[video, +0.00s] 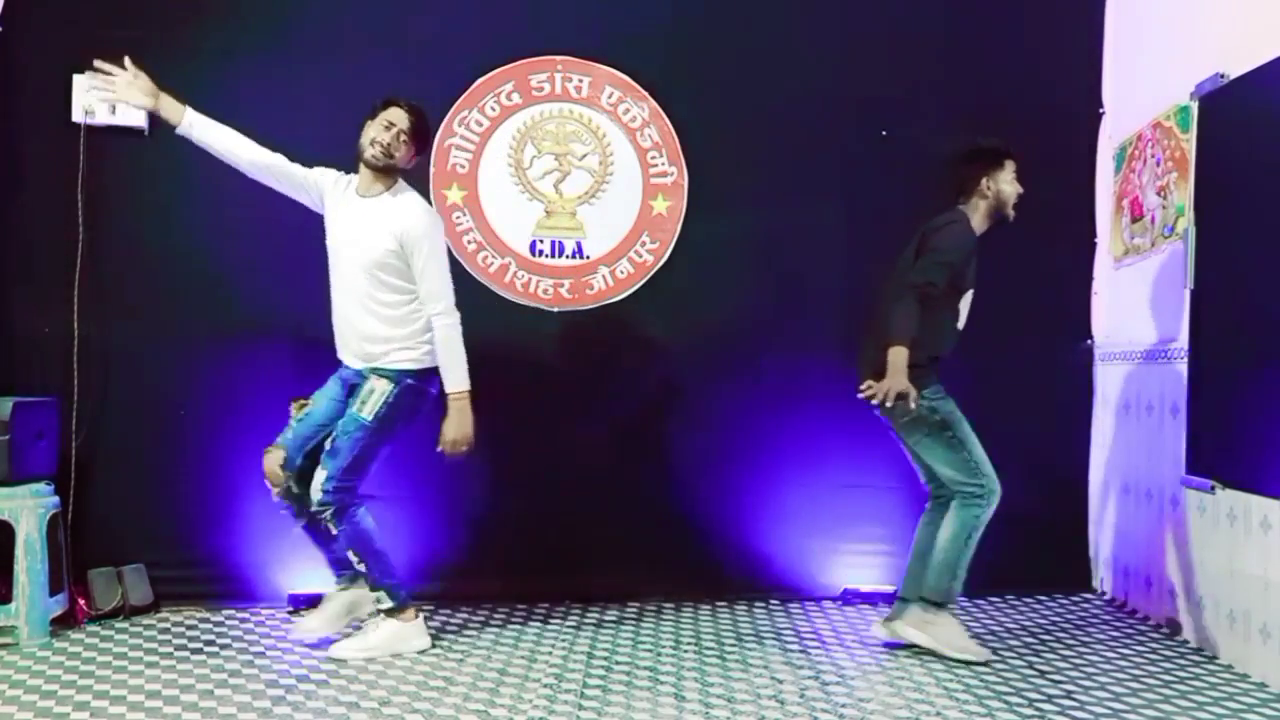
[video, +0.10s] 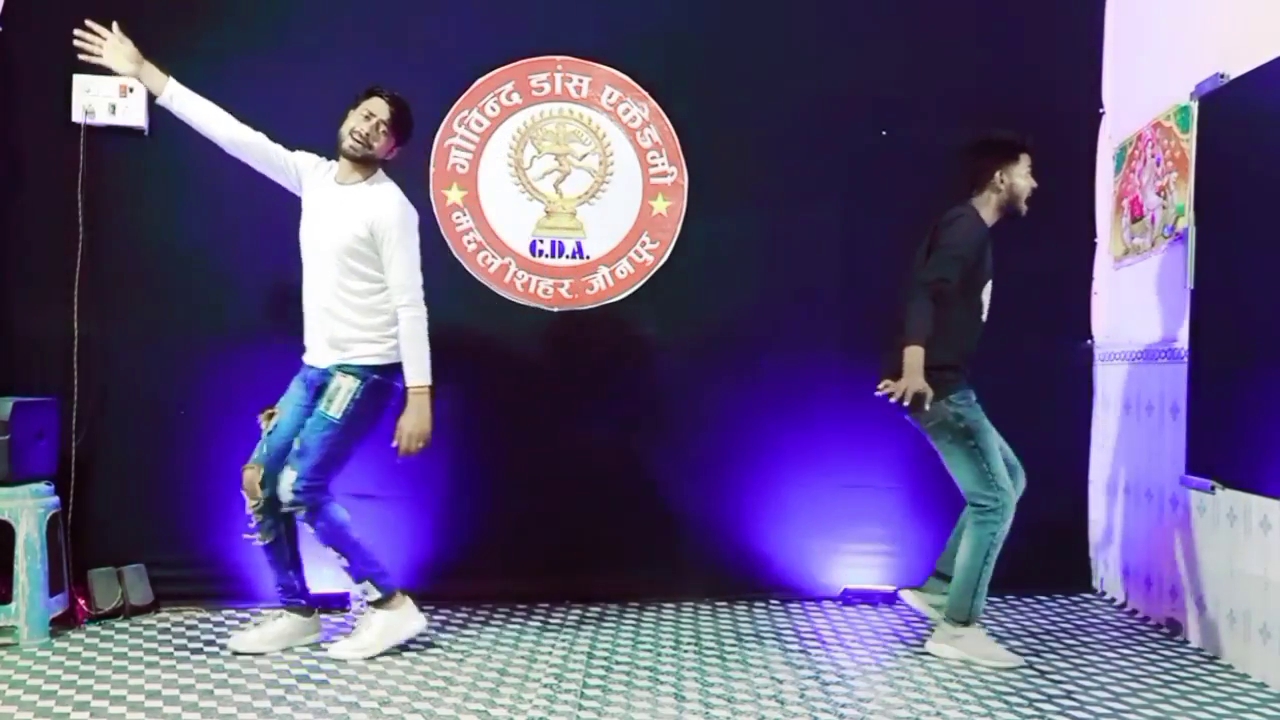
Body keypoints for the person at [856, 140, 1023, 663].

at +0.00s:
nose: (1019, 189)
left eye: (1018, 179)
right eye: (1013, 178)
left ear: (982, 184)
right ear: (985, 182)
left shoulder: (955, 232)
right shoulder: (956, 232)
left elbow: (916, 299)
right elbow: (909, 292)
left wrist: (897, 371)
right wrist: (897, 368)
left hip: (900, 382)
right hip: (916, 383)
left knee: (945, 493)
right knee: (980, 489)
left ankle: (908, 611)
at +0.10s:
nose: (1031, 183)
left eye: (1030, 173)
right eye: (1026, 172)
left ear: (997, 177)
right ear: (1000, 176)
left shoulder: (977, 228)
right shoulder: (965, 227)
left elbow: (939, 298)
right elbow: (925, 291)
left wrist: (917, 369)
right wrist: (914, 367)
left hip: (951, 385)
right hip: (940, 389)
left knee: (1011, 479)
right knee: (992, 499)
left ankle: (941, 586)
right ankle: (958, 627)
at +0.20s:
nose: (1044, 178)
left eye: (1043, 168)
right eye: (1038, 167)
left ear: (1007, 174)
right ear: (1011, 172)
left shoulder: (985, 227)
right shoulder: (975, 225)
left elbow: (954, 300)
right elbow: (937, 291)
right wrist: (923, 372)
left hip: (978, 391)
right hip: (962, 394)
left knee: (1037, 485)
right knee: (1005, 503)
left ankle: (1005, 609)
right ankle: (957, 628)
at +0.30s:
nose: (1052, 174)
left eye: (1051, 164)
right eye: (1046, 163)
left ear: (1019, 169)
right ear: (1017, 167)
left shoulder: (999, 232)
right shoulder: (972, 225)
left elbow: (988, 310)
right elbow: (938, 303)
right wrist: (931, 384)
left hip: (1006, 389)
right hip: (976, 392)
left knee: (1047, 500)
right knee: (1017, 503)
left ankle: (1014, 617)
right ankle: (962, 623)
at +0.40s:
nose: (1042, 170)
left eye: (1043, 161)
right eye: (1032, 158)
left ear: (1023, 168)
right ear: (997, 163)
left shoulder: (1019, 236)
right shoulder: (954, 227)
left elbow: (1026, 320)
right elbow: (930, 317)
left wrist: (1042, 380)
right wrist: (940, 399)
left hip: (1035, 390)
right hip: (986, 391)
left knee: (1062, 500)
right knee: (1016, 505)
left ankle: (1026, 618)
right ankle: (980, 620)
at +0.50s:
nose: (991, 170)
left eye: (1002, 160)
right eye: (981, 159)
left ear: (1019, 167)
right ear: (965, 166)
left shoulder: (1035, 234)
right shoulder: (946, 235)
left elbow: (1060, 314)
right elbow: (933, 326)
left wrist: (1079, 385)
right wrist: (944, 408)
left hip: (1050, 388)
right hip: (987, 390)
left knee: (1087, 501)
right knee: (1004, 509)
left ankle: (1041, 610)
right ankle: (983, 621)